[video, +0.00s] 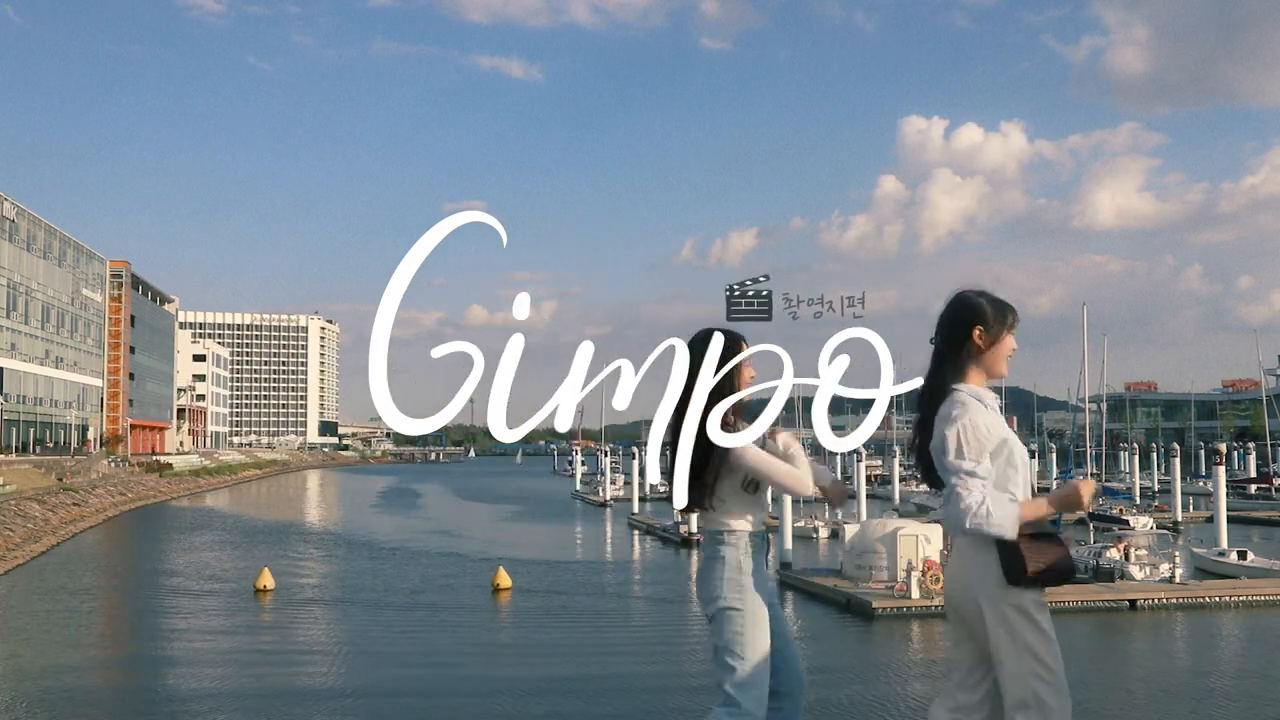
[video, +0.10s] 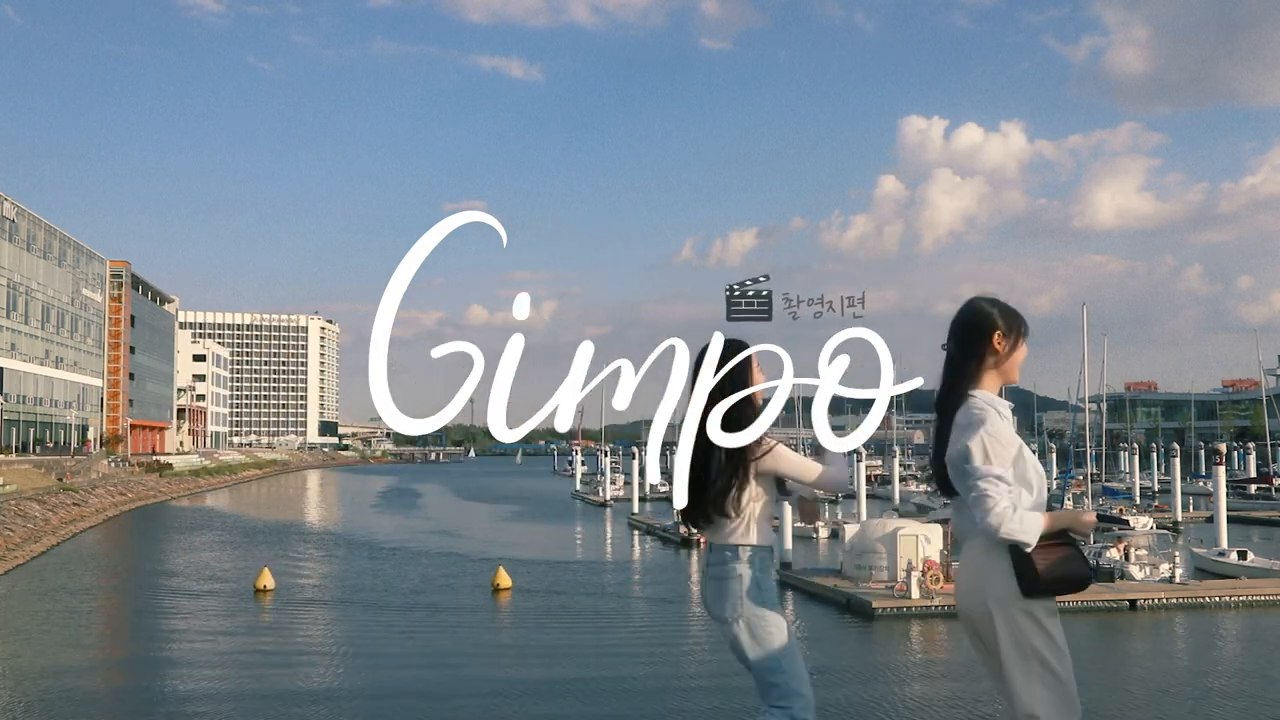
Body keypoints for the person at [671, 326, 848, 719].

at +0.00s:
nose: (752, 372)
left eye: (750, 363)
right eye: (745, 365)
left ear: (722, 373)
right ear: (723, 371)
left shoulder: (736, 426)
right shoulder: (722, 434)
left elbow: (786, 459)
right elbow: (803, 485)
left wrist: (828, 484)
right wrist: (786, 442)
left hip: (752, 562)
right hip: (733, 565)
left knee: (788, 684)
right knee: (743, 699)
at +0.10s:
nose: (763, 376)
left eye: (759, 367)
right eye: (755, 369)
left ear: (718, 383)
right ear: (738, 381)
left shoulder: (708, 442)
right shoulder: (753, 446)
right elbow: (835, 480)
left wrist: (798, 496)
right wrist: (833, 442)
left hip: (724, 582)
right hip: (747, 586)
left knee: (782, 698)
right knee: (794, 702)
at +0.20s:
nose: (774, 383)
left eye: (769, 374)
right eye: (769, 375)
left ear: (719, 385)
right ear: (762, 384)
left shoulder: (709, 441)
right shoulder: (776, 440)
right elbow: (852, 468)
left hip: (724, 582)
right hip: (759, 583)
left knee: (785, 692)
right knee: (831, 691)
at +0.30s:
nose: (781, 372)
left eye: (775, 363)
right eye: (775, 363)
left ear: (721, 370)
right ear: (770, 369)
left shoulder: (711, 424)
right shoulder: (782, 423)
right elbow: (852, 453)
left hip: (735, 560)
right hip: (777, 557)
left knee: (781, 692)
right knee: (850, 672)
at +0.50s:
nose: (795, 371)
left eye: (791, 365)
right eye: (791, 364)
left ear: (730, 376)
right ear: (787, 371)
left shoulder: (728, 427)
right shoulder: (803, 419)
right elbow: (882, 465)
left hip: (765, 562)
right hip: (815, 554)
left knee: (799, 692)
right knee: (867, 684)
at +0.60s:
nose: (805, 370)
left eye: (801, 364)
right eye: (802, 364)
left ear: (744, 377)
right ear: (795, 371)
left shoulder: (742, 429)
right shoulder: (813, 420)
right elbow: (896, 456)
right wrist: (850, 484)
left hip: (778, 564)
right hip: (824, 558)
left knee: (804, 695)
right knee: (885, 687)